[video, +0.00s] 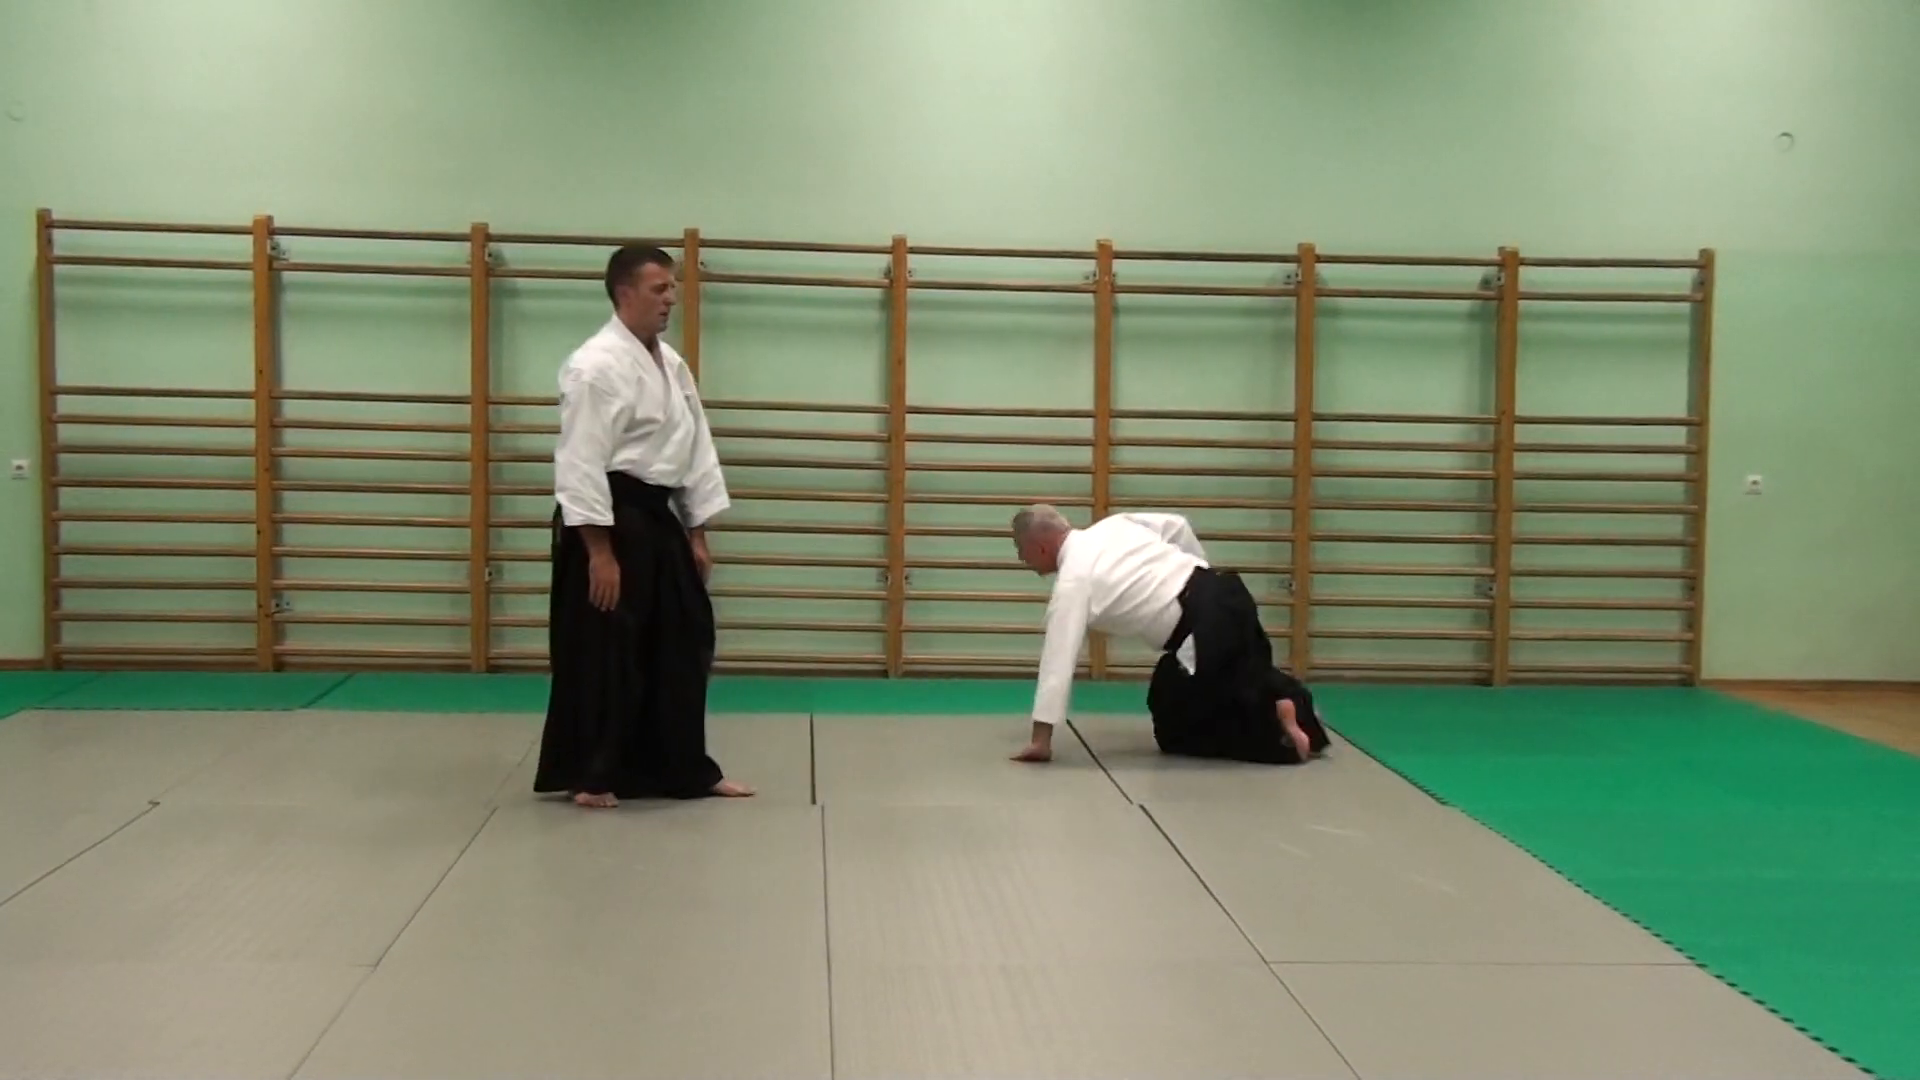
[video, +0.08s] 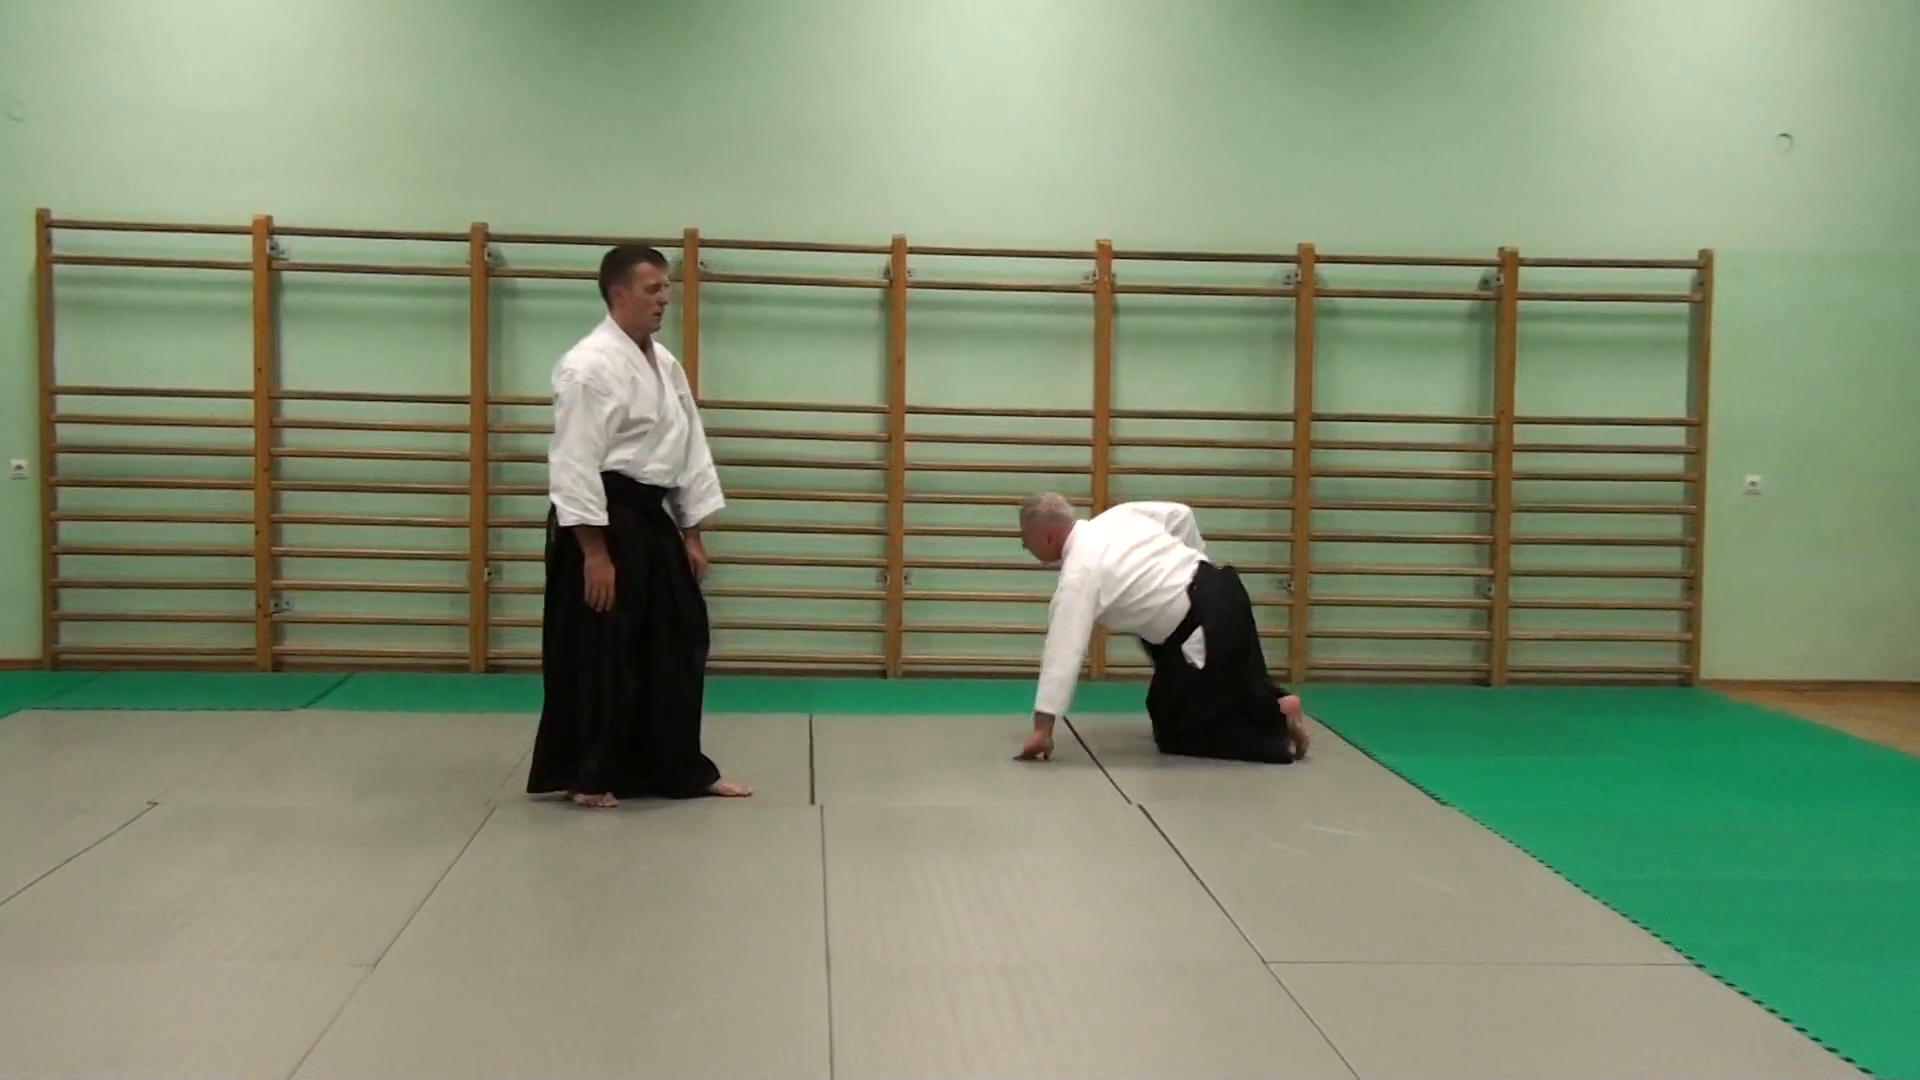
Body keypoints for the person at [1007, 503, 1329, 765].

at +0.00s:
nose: (1032, 568)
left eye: (1028, 560)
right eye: (1027, 562)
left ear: (1042, 545)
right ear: (1060, 528)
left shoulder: (1074, 575)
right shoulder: (1116, 524)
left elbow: (1058, 658)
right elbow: (1176, 526)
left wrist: (1041, 740)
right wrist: (1203, 580)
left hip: (1198, 631)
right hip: (1227, 596)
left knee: (1175, 735)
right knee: (1257, 677)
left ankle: (1269, 729)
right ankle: (1298, 710)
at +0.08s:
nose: (1031, 551)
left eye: (1029, 543)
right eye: (1028, 544)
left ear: (1049, 536)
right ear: (1065, 522)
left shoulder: (1079, 571)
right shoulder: (1120, 514)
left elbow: (1063, 651)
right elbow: (1180, 514)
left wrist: (1043, 729)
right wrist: (1197, 573)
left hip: (1201, 633)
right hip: (1224, 590)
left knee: (1175, 734)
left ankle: (1279, 741)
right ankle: (1275, 707)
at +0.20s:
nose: (1035, 526)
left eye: (1037, 516)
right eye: (1033, 517)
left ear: (1062, 510)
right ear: (1068, 504)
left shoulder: (1089, 549)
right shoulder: (1123, 502)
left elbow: (1070, 629)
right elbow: (1177, 509)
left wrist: (1048, 704)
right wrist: (1150, 562)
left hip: (1205, 628)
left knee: (1175, 734)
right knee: (1110, 631)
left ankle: (1278, 717)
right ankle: (1121, 718)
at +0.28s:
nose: (1035, 506)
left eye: (1039, 497)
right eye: (1036, 497)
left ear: (1067, 496)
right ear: (1074, 492)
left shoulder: (1094, 539)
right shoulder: (1125, 496)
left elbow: (1077, 618)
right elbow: (1164, 512)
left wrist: (1060, 685)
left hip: (1194, 628)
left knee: (1176, 734)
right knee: (1101, 652)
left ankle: (1262, 702)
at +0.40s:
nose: (1038, 485)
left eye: (1044, 475)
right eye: (1038, 476)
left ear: (1075, 475)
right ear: (1074, 474)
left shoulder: (1100, 520)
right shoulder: (1086, 510)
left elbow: (1105, 597)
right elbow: (1088, 583)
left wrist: (1086, 659)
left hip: (1172, 626)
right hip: (1133, 619)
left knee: (1176, 732)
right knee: (1056, 611)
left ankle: (1254, 701)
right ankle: (1052, 722)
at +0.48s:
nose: (1034, 467)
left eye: (1041, 458)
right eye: (1034, 459)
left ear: (1073, 460)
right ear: (1067, 459)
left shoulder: (1098, 506)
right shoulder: (1075, 497)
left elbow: (1125, 576)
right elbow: (1085, 548)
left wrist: (1110, 640)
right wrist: (1065, 583)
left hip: (1153, 614)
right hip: (1111, 605)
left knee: (1177, 726)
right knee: (1036, 625)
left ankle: (1253, 700)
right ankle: (1041, 726)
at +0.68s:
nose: (1008, 411)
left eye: (1018, 402)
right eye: (1009, 402)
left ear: (1050, 410)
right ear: (1035, 411)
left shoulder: (1081, 456)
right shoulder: (1026, 458)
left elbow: (1121, 513)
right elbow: (1024, 518)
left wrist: (1132, 580)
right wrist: (1023, 573)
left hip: (1111, 582)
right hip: (1061, 581)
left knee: (1164, 671)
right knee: (1016, 633)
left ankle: (1248, 700)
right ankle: (1035, 727)